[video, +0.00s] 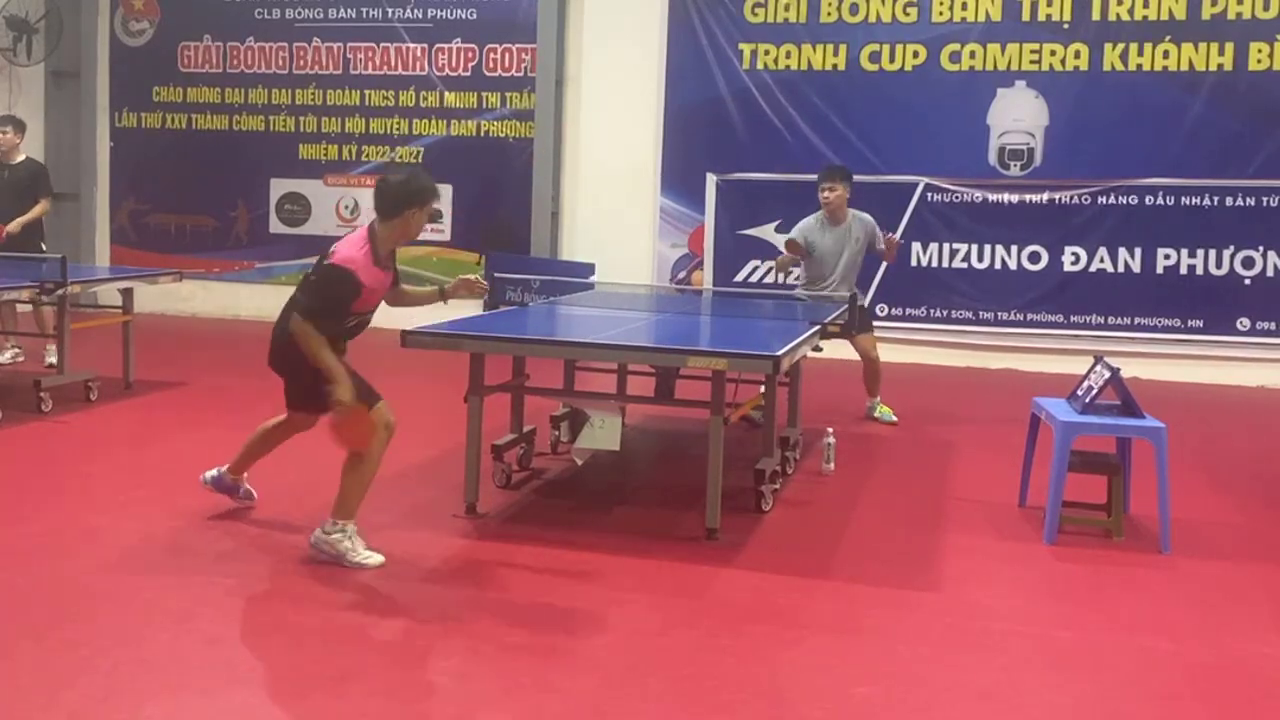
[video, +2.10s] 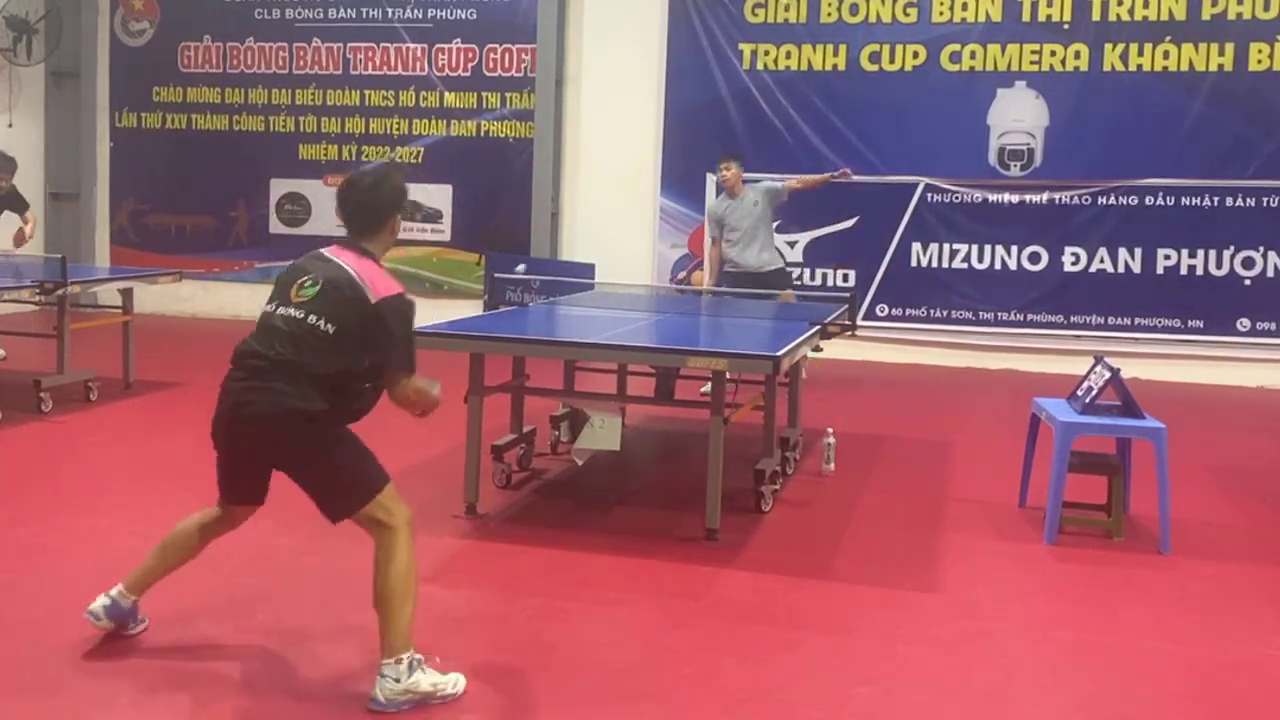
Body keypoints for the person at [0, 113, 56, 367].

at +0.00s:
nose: (0, 138)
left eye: (5, 133)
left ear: (19, 137)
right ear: (3, 137)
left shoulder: (35, 169)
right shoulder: (3, 168)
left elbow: (45, 204)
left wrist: (19, 222)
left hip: (28, 247)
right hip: (4, 247)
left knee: (34, 297)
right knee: (5, 299)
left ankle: (50, 344)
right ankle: (11, 345)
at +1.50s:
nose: (14, 141)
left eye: (20, 137)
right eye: (11, 137)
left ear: (33, 140)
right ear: (7, 140)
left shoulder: (48, 170)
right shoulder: (3, 168)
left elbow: (66, 202)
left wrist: (50, 229)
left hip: (40, 247)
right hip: (7, 247)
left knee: (46, 296)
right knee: (1, 295)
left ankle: (52, 346)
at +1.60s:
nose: (9, 143)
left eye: (15, 139)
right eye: (6, 139)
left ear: (28, 142)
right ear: (2, 142)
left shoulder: (43, 174)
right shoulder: (2, 169)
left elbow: (57, 207)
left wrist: (49, 231)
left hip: (32, 253)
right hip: (4, 253)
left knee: (42, 298)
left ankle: (52, 345)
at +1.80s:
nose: (2, 155)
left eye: (7, 151)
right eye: (0, 150)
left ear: (15, 155)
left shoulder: (18, 179)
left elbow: (25, 208)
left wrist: (32, 232)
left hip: (9, 252)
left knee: (25, 298)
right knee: (23, 299)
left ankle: (44, 346)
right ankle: (44, 346)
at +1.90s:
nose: (3, 165)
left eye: (6, 160)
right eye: (1, 160)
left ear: (12, 161)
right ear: (0, 160)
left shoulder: (12, 181)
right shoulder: (9, 181)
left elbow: (16, 208)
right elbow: (17, 208)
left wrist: (24, 233)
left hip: (3, 249)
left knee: (12, 294)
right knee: (11, 295)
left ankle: (25, 343)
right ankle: (24, 344)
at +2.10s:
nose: (3, 185)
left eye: (6, 181)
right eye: (1, 180)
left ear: (11, 179)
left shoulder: (10, 192)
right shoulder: (7, 193)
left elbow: (29, 219)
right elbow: (29, 218)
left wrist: (26, 233)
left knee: (1, 295)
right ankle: (0, 345)